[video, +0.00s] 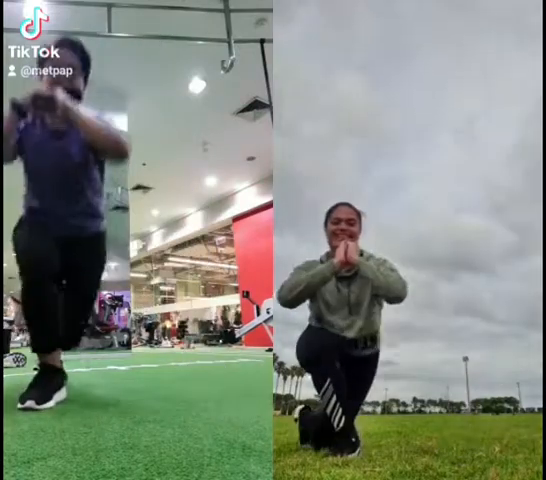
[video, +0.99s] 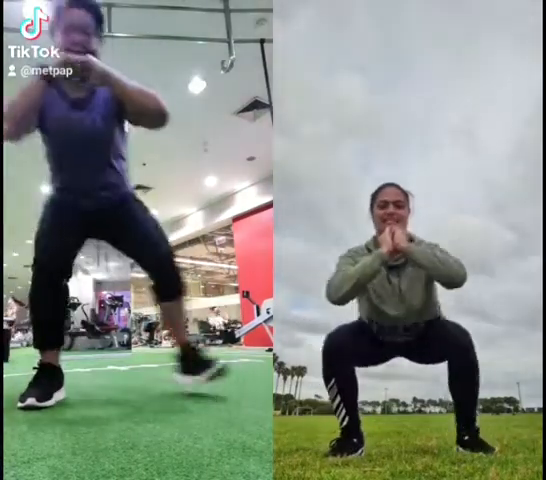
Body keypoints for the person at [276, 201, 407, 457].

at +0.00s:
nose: (343, 228)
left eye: (351, 223)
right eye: (336, 223)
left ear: (360, 230)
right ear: (326, 230)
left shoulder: (373, 264)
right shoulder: (314, 267)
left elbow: (398, 293)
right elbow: (286, 298)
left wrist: (359, 262)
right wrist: (332, 266)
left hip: (363, 353)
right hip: (325, 344)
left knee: (340, 427)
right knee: (312, 347)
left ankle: (309, 423)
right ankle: (347, 437)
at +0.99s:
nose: (390, 211)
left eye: (398, 205)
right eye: (382, 205)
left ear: (409, 213)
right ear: (372, 214)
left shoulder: (424, 249)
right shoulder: (357, 256)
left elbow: (457, 278)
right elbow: (335, 295)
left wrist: (409, 248)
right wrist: (381, 255)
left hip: (423, 335)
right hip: (375, 337)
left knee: (460, 341)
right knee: (336, 345)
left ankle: (468, 436)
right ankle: (351, 437)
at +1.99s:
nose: (408, 128)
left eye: (414, 123)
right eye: (402, 124)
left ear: (423, 130)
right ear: (392, 132)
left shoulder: (435, 167)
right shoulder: (380, 164)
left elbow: (450, 210)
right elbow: (360, 205)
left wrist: (487, 203)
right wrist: (372, 174)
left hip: (431, 246)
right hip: (390, 248)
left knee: (427, 319)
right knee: (393, 326)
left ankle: (428, 412)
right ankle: (413, 410)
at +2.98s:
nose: (396, 140)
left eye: (401, 136)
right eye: (390, 137)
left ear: (410, 143)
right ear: (382, 146)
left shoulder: (423, 175)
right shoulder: (371, 177)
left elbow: (461, 193)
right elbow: (343, 209)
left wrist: (456, 159)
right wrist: (330, 184)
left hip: (417, 252)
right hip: (378, 252)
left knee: (424, 329)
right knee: (366, 325)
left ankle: (427, 406)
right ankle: (349, 407)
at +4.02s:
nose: (394, 160)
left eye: (399, 156)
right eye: (388, 158)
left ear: (409, 165)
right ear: (380, 169)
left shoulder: (426, 186)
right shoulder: (369, 199)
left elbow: (454, 152)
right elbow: (325, 211)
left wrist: (470, 113)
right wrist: (285, 214)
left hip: (420, 257)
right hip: (381, 257)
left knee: (425, 342)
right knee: (375, 335)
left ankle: (434, 415)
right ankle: (366, 427)